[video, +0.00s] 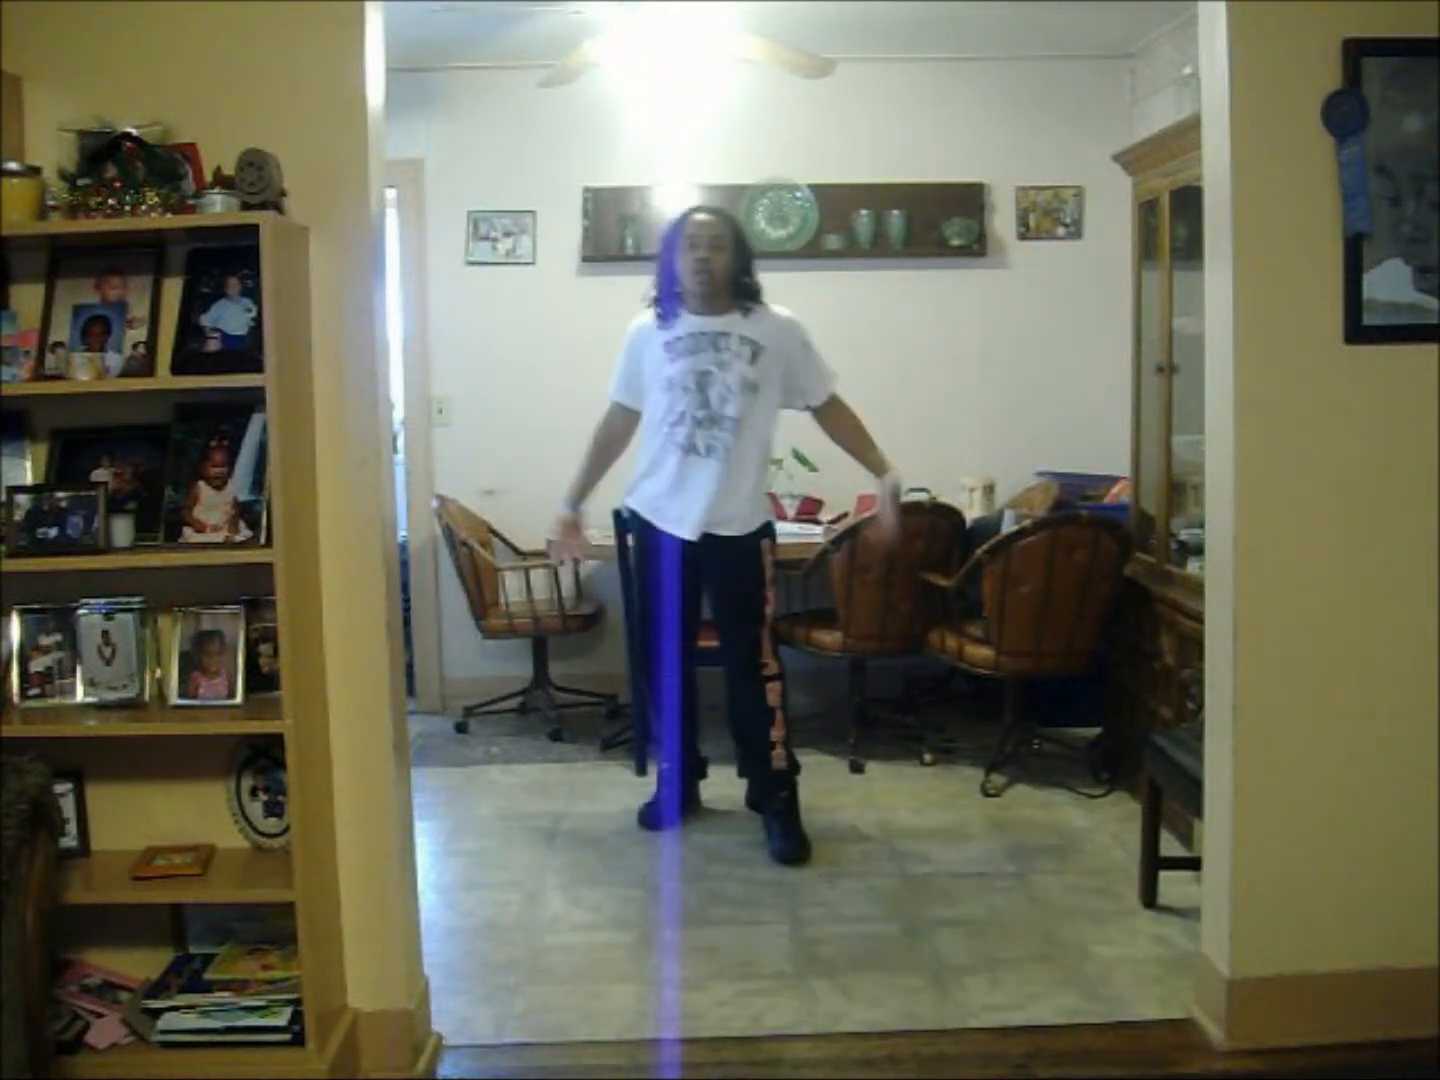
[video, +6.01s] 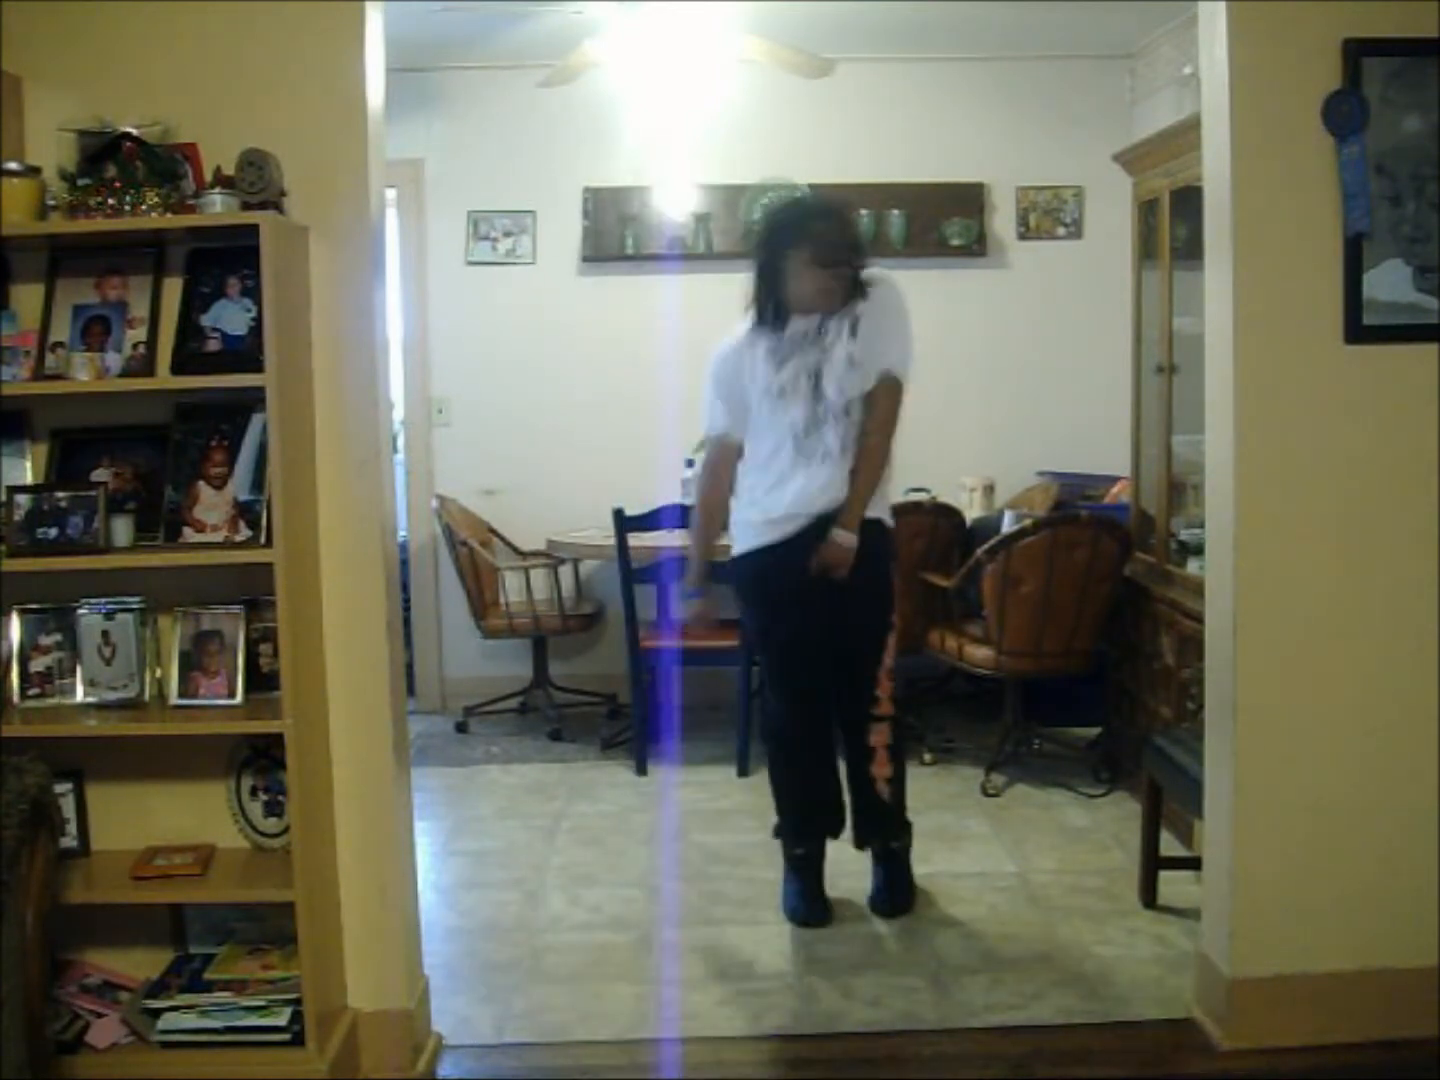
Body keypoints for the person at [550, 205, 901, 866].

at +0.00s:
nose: (702, 257)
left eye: (715, 247)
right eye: (691, 248)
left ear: (738, 259)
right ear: (671, 260)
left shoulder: (776, 333)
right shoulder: (648, 336)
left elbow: (828, 407)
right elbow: (619, 419)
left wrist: (885, 471)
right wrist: (573, 502)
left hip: (738, 522)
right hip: (657, 520)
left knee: (751, 660)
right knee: (662, 659)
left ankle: (777, 801)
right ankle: (675, 783)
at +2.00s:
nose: (709, 240)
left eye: (728, 233)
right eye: (705, 229)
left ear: (757, 258)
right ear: (691, 249)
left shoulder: (789, 331)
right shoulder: (661, 316)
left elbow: (834, 412)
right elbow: (635, 391)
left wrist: (896, 443)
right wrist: (567, 431)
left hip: (749, 517)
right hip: (665, 512)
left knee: (765, 670)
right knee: (664, 662)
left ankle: (777, 824)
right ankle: (669, 796)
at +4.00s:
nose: (690, 256)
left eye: (703, 244)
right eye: (678, 245)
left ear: (725, 255)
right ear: (656, 256)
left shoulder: (761, 336)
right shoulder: (630, 326)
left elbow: (785, 436)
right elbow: (628, 413)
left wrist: (775, 525)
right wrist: (714, 392)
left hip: (748, 511)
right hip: (667, 512)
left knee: (757, 661)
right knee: (657, 657)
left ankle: (751, 787)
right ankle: (670, 785)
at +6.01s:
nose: (838, 276)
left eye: (844, 262)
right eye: (822, 263)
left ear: (850, 264)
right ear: (778, 266)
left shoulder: (873, 305)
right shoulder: (739, 356)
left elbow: (881, 419)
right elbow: (719, 461)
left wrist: (851, 519)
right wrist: (701, 563)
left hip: (856, 536)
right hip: (769, 548)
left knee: (864, 697)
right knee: (791, 707)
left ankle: (888, 850)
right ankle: (801, 858)